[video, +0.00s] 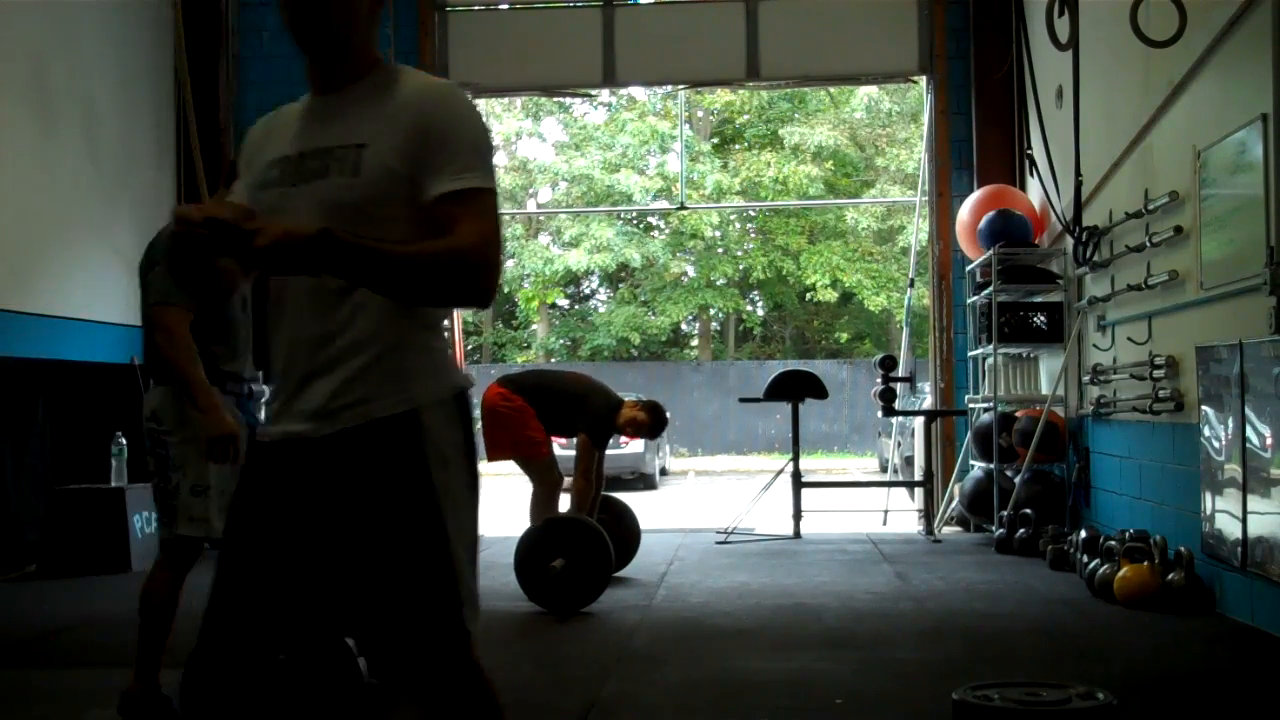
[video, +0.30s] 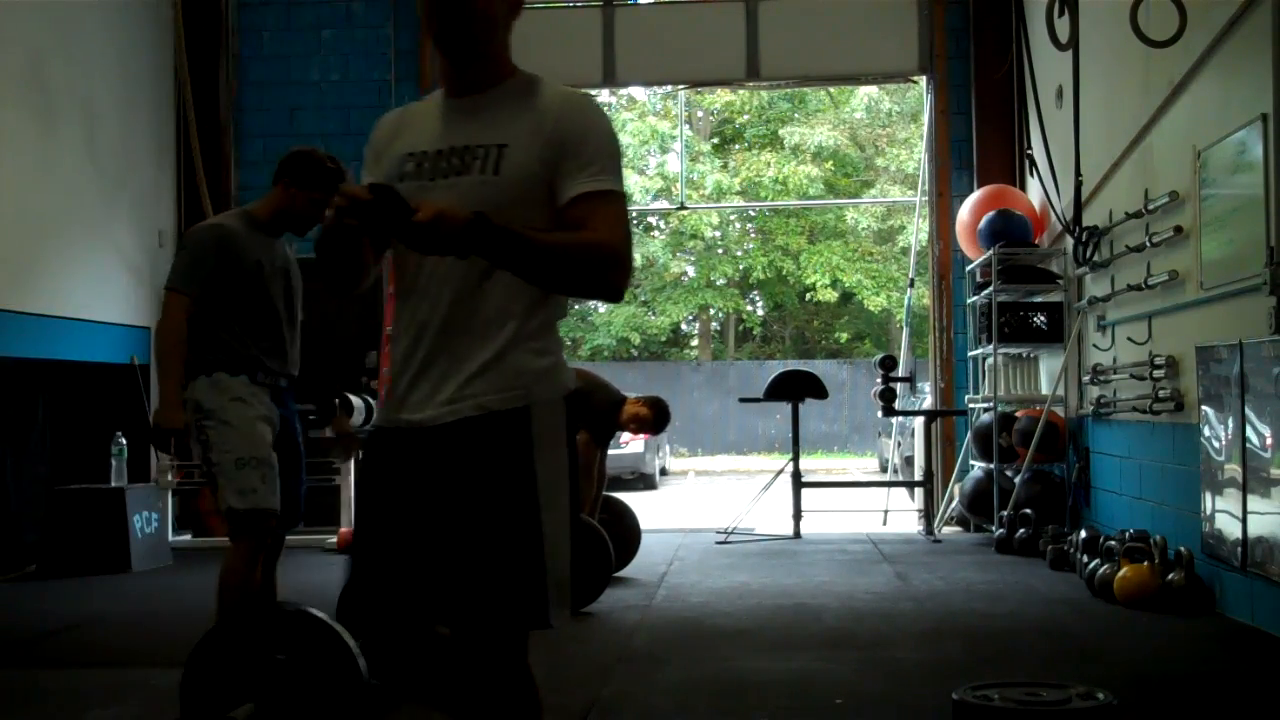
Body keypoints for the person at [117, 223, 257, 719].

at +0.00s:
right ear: (224, 187)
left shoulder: (245, 252)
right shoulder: (174, 247)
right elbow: (170, 336)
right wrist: (213, 410)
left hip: (240, 411)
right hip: (188, 414)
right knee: (182, 550)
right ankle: (145, 684)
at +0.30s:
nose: (321, 217)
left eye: (326, 207)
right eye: (319, 204)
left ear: (294, 195)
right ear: (290, 190)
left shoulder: (283, 253)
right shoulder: (214, 238)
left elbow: (280, 335)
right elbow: (173, 319)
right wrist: (170, 401)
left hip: (272, 398)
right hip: (228, 395)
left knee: (273, 527)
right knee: (253, 527)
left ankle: (262, 644)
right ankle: (232, 650)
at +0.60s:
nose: (334, 217)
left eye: (338, 209)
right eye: (332, 205)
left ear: (310, 195)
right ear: (303, 189)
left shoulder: (302, 260)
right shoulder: (229, 235)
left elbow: (335, 339)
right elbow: (184, 309)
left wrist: (398, 380)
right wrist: (182, 384)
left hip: (284, 390)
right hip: (241, 383)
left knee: (284, 513)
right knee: (287, 504)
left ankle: (262, 634)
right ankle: (258, 635)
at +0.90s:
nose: (331, 217)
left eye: (337, 207)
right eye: (329, 204)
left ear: (304, 192)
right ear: (300, 188)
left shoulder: (284, 248)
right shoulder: (236, 239)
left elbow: (288, 341)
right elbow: (204, 323)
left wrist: (331, 397)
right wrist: (239, 391)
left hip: (293, 407)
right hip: (263, 406)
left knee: (279, 546)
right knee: (268, 547)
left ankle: (264, 662)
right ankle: (243, 667)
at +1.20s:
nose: (332, 210)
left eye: (336, 200)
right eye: (330, 196)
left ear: (297, 183)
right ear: (299, 180)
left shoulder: (268, 237)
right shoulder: (239, 236)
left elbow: (272, 335)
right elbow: (253, 334)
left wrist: (347, 368)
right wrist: (347, 366)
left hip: (273, 403)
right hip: (240, 405)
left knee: (319, 519)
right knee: (238, 546)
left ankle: (298, 641)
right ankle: (226, 666)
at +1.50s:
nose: (331, 204)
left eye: (335, 193)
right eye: (329, 190)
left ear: (293, 176)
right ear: (296, 175)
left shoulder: (251, 224)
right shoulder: (250, 230)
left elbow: (287, 331)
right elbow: (292, 332)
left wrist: (341, 395)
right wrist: (347, 401)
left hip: (266, 402)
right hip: (243, 404)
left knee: (298, 535)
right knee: (239, 548)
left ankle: (299, 658)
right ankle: (227, 671)